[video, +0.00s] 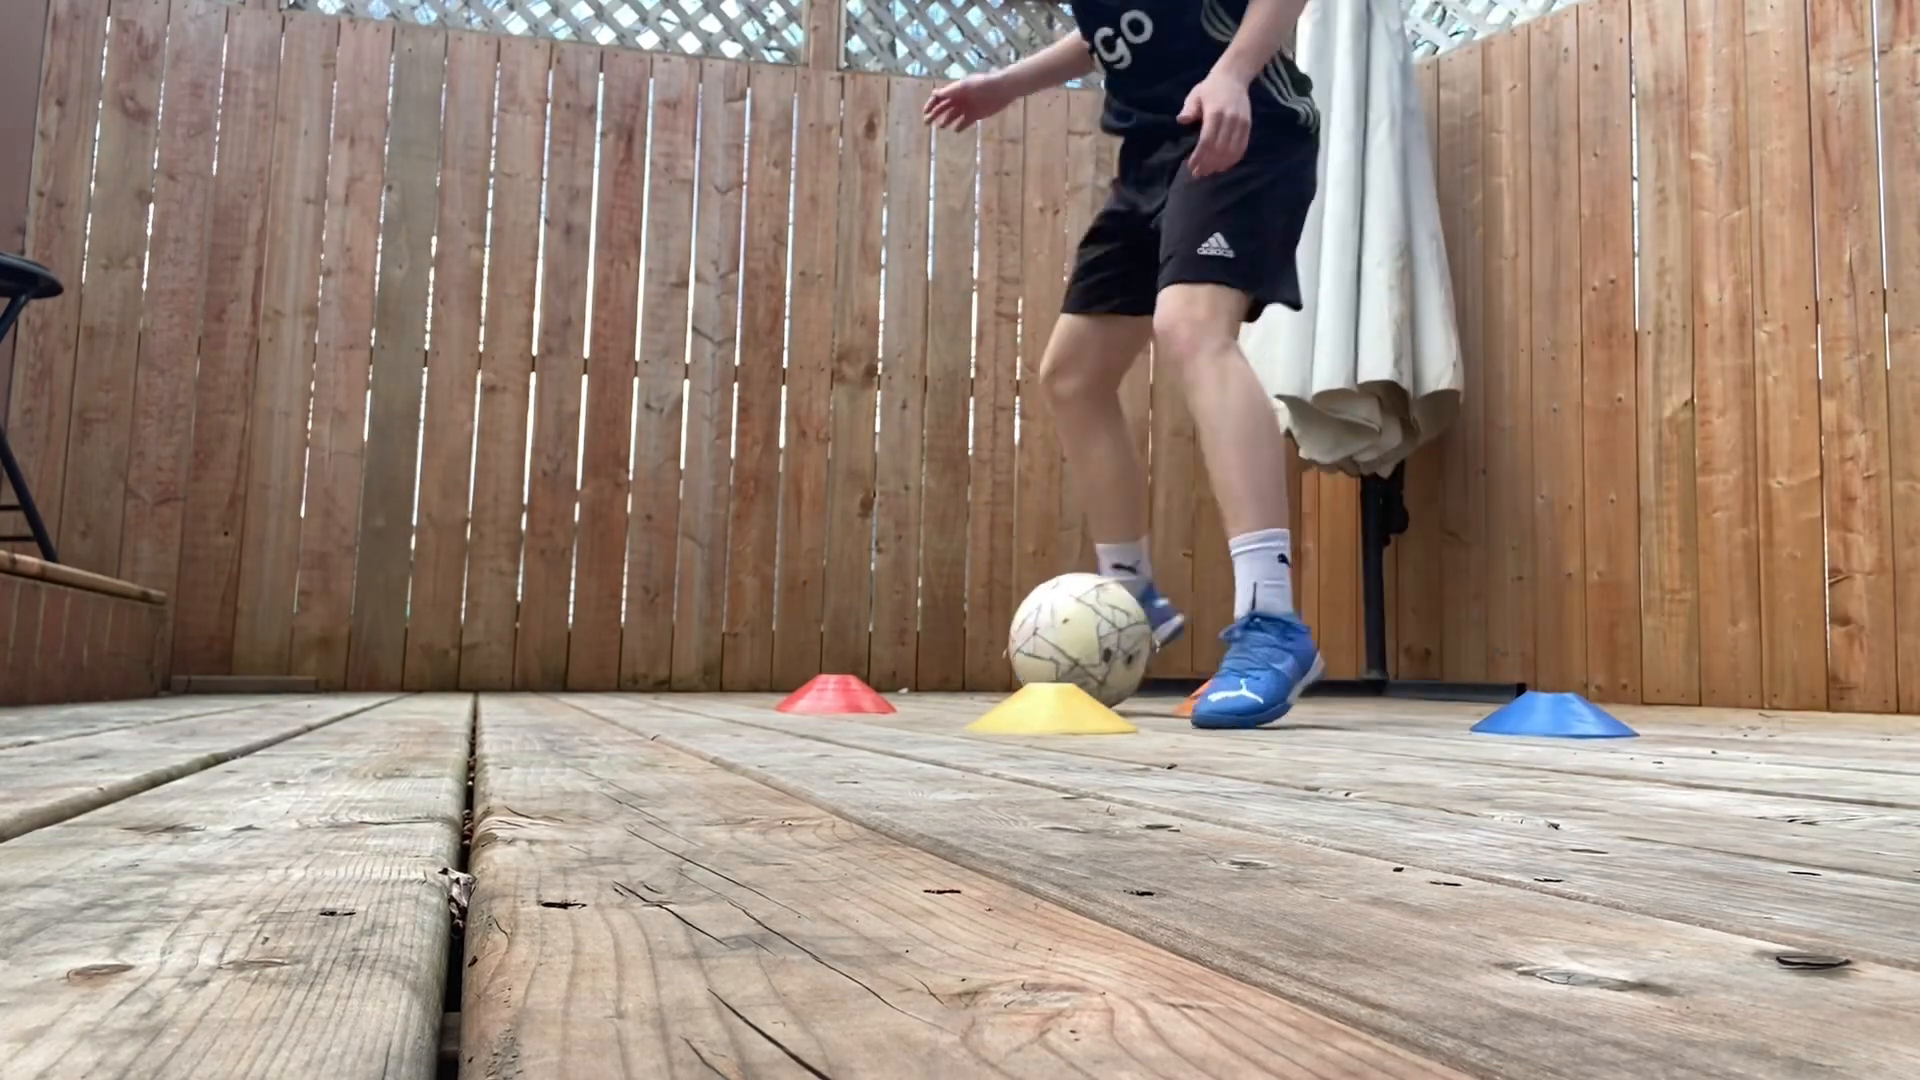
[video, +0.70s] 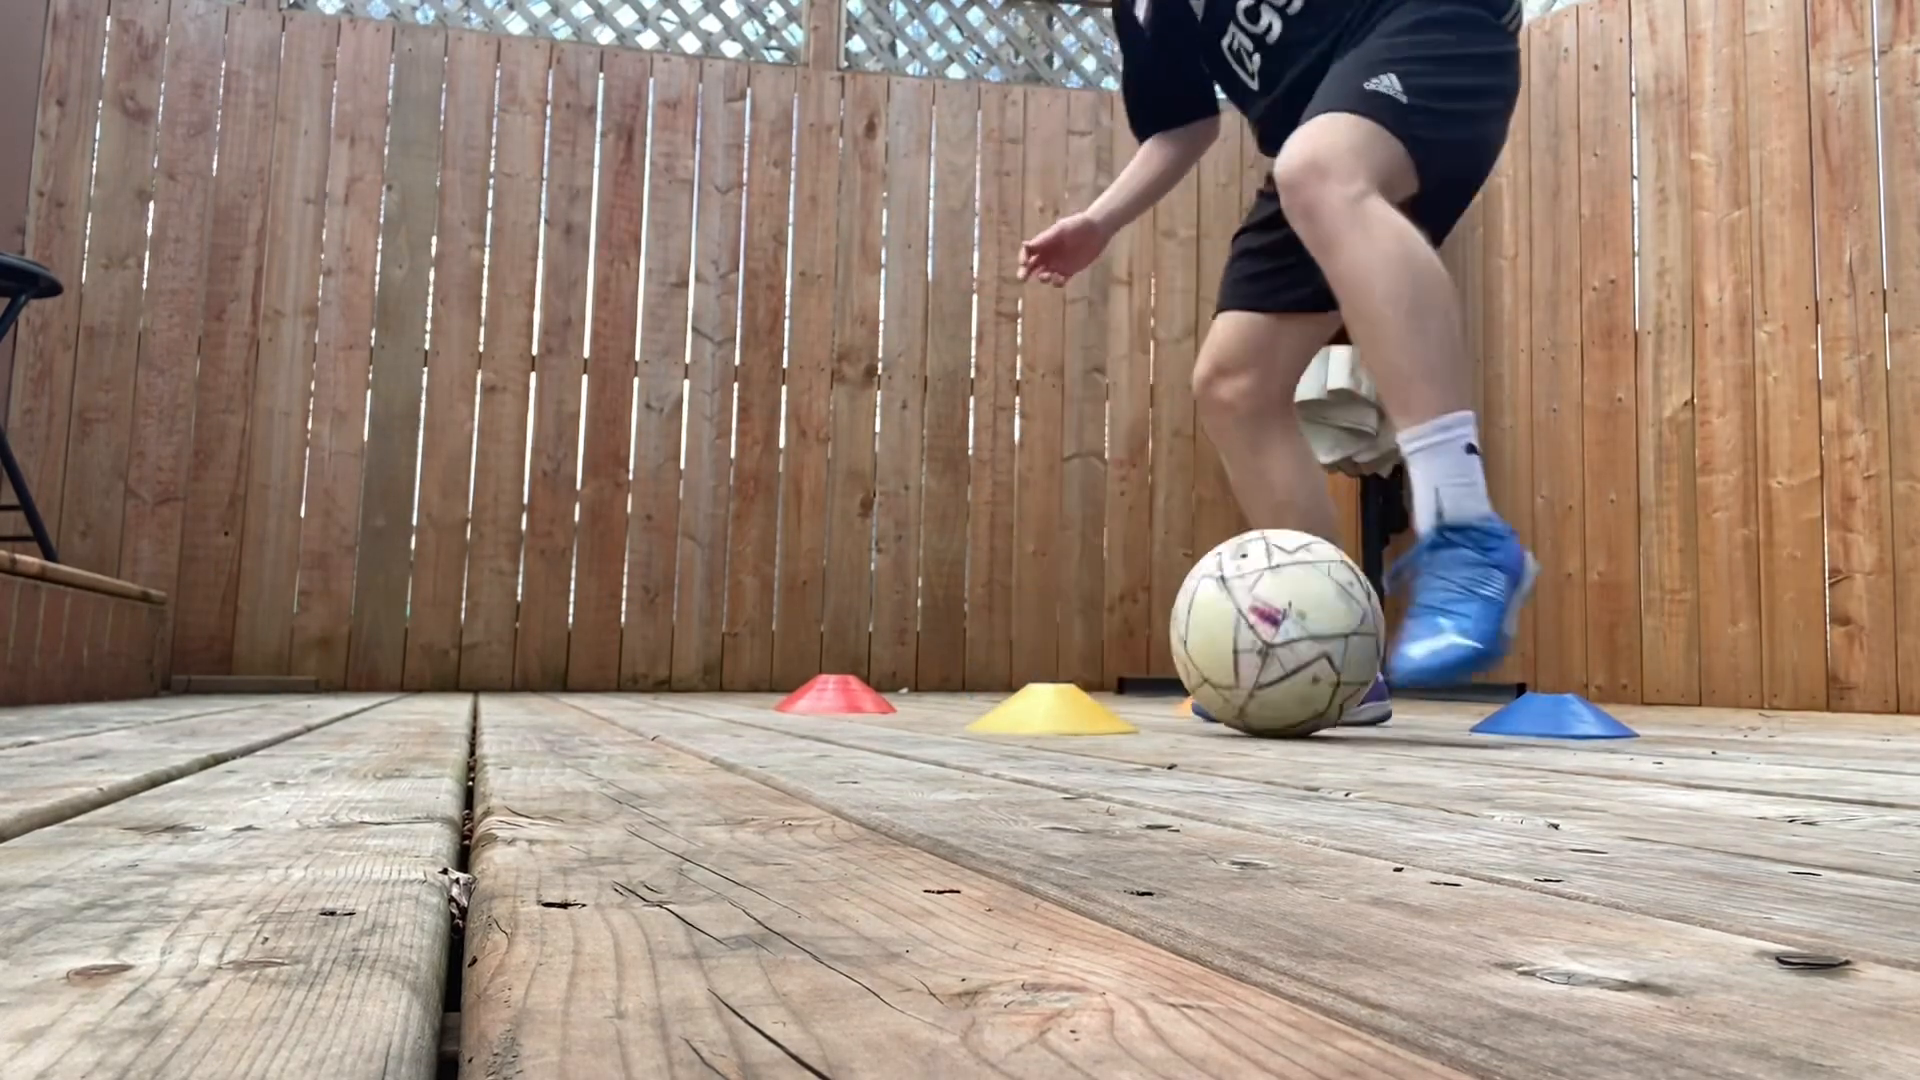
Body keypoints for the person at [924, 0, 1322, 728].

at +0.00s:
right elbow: (1111, 34)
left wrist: (1234, 70)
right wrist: (1006, 83)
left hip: (1246, 114)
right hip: (1153, 144)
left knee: (1193, 323)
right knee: (1074, 376)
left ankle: (1269, 623)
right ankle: (1132, 602)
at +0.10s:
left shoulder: (1197, 5)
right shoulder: (1044, 12)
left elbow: (1262, 71)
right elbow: (1079, 109)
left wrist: (1213, 136)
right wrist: (974, 157)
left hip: (1219, 183)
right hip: (1120, 212)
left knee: (1152, 343)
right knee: (1050, 441)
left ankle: (1260, 631)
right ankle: (1069, 656)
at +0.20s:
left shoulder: (1185, 8)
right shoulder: (1025, 43)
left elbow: (1262, 135)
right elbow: (1026, 183)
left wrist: (1214, 149)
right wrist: (919, 221)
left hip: (1204, 244)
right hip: (1103, 280)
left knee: (1127, 362)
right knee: (1017, 478)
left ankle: (1292, 621)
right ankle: (1066, 669)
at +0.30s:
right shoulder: (1057, 18)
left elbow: (1334, 18)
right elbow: (1061, 143)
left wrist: (1243, 12)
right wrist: (954, 177)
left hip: (1239, 188)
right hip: (1136, 224)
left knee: (1165, 365)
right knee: (1057, 443)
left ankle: (1306, 646)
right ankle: (1064, 659)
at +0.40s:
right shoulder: (1105, 5)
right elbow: (1116, 84)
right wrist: (1009, 153)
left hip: (1300, 86)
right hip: (1202, 138)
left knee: (1212, 288)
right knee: (1086, 355)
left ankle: (1337, 598)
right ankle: (1066, 619)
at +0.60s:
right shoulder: (1134, 5)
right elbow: (1166, 106)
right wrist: (1069, 193)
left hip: (1391, 23)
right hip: (1273, 111)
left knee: (1273, 160)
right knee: (1214, 375)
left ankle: (1388, 492)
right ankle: (1332, 658)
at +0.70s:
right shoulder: (1150, 9)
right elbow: (1186, 120)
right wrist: (1100, 219)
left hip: (1434, 18)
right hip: (1310, 121)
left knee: (1318, 173)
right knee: (1236, 384)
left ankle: (1468, 539)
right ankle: (1334, 664)